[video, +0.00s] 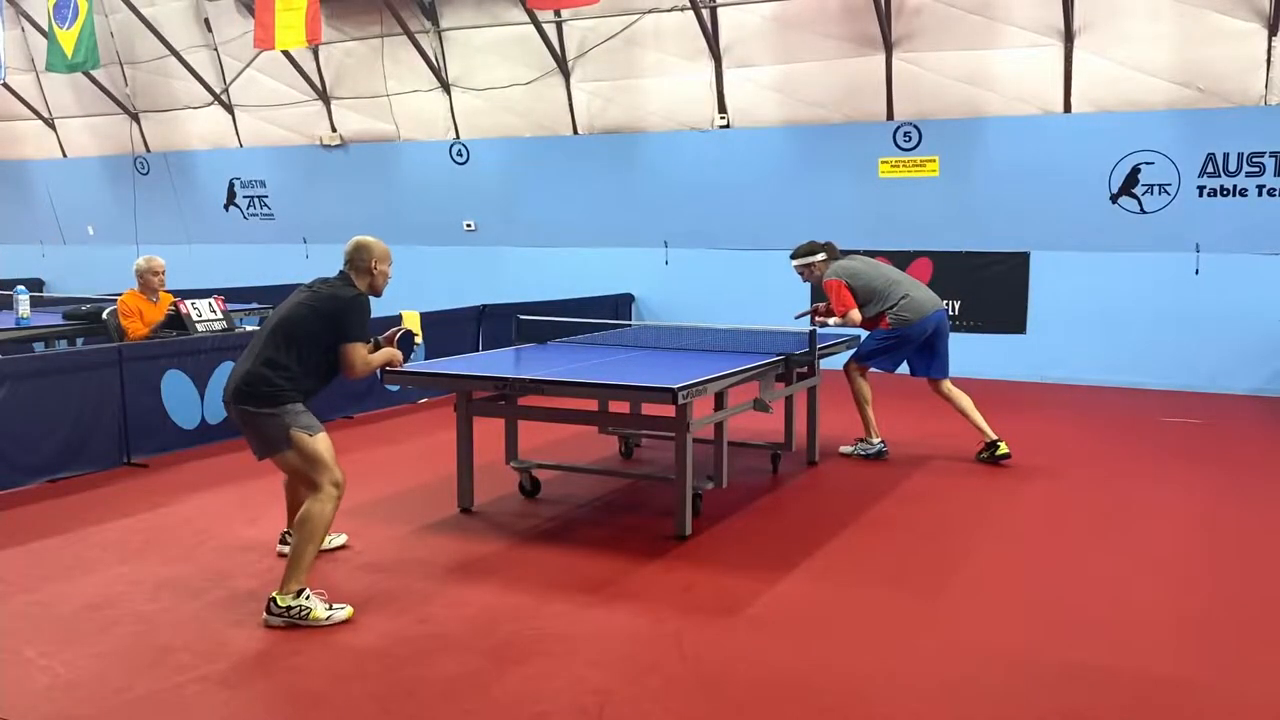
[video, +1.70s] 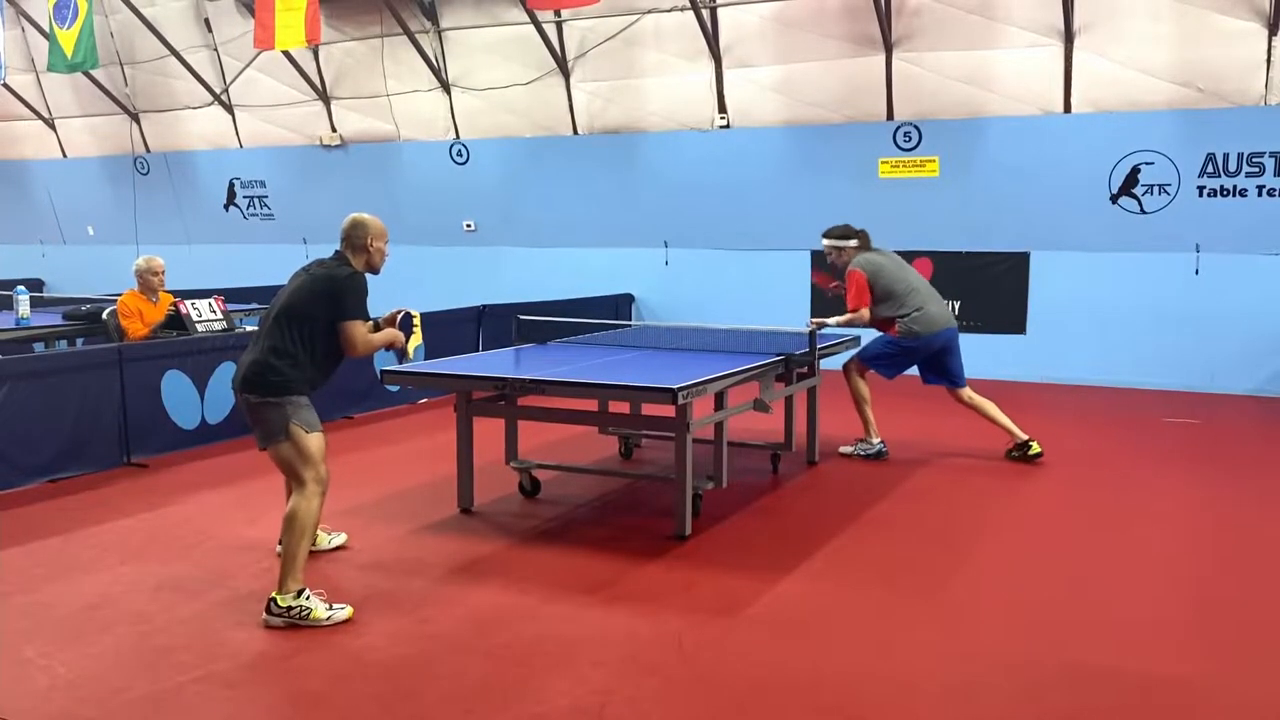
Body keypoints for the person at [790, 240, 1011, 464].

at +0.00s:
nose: (804, 279)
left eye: (803, 273)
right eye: (800, 274)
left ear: (816, 264)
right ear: (824, 259)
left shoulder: (832, 277)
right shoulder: (855, 262)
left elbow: (853, 318)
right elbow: (873, 311)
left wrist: (833, 319)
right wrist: (833, 311)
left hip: (907, 318)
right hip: (936, 311)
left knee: (854, 369)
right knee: (941, 383)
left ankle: (873, 440)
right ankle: (993, 441)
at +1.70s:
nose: (828, 259)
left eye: (830, 253)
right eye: (827, 254)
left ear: (847, 248)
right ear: (854, 245)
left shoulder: (856, 267)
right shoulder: (885, 256)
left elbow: (861, 317)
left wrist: (831, 321)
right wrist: (852, 318)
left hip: (916, 330)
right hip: (946, 325)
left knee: (853, 369)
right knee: (963, 393)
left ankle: (872, 441)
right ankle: (1023, 440)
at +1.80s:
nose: (839, 249)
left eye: (842, 243)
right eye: (838, 243)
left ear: (860, 240)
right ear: (866, 238)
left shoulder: (868, 259)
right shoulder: (896, 249)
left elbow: (858, 309)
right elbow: (894, 292)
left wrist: (827, 316)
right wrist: (858, 285)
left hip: (921, 327)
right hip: (952, 323)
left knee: (858, 367)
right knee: (967, 392)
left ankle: (873, 440)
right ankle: (1025, 441)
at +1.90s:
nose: (854, 237)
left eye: (856, 231)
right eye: (852, 231)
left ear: (874, 230)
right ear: (884, 229)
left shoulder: (877, 251)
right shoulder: (909, 243)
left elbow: (858, 295)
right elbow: (898, 281)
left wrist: (827, 293)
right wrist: (864, 266)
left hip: (927, 324)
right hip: (959, 321)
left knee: (865, 366)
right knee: (971, 390)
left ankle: (873, 440)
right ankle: (1026, 442)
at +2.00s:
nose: (867, 227)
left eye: (870, 221)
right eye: (866, 221)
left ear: (888, 222)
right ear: (894, 221)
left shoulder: (888, 244)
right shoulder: (921, 237)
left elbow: (857, 281)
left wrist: (831, 258)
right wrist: (873, 264)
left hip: (933, 321)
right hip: (966, 318)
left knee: (873, 364)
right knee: (976, 387)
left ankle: (873, 440)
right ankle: (1026, 442)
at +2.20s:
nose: (888, 210)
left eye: (893, 204)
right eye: (890, 204)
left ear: (910, 208)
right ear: (917, 209)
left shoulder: (906, 232)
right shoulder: (944, 228)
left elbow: (866, 262)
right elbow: (943, 266)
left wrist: (841, 251)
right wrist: (911, 283)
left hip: (948, 317)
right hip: (981, 313)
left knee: (892, 367)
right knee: (984, 382)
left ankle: (875, 440)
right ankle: (1027, 442)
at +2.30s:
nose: (895, 205)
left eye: (900, 200)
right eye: (897, 199)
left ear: (917, 205)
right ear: (925, 206)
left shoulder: (909, 230)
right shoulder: (953, 226)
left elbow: (872, 260)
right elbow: (981, 261)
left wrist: (845, 256)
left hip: (951, 314)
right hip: (985, 311)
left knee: (896, 367)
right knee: (987, 382)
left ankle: (877, 440)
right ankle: (1027, 442)